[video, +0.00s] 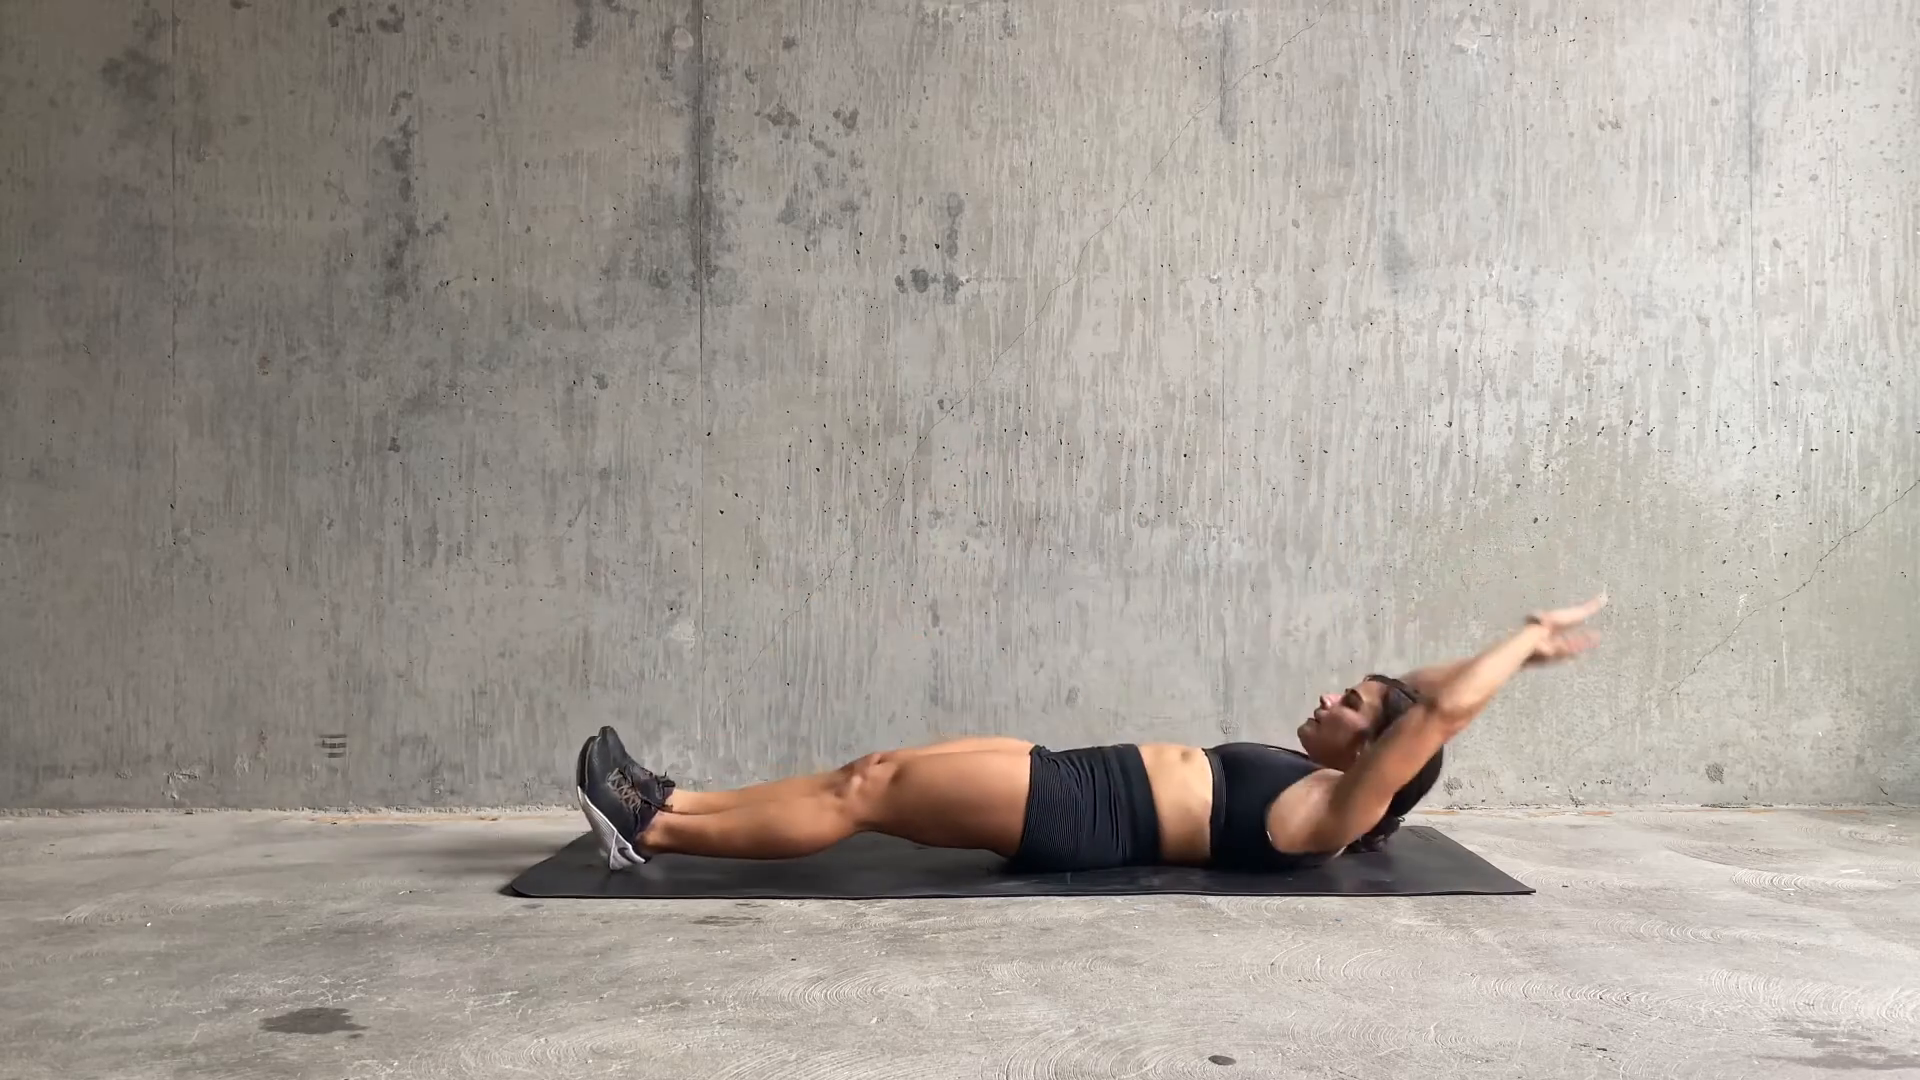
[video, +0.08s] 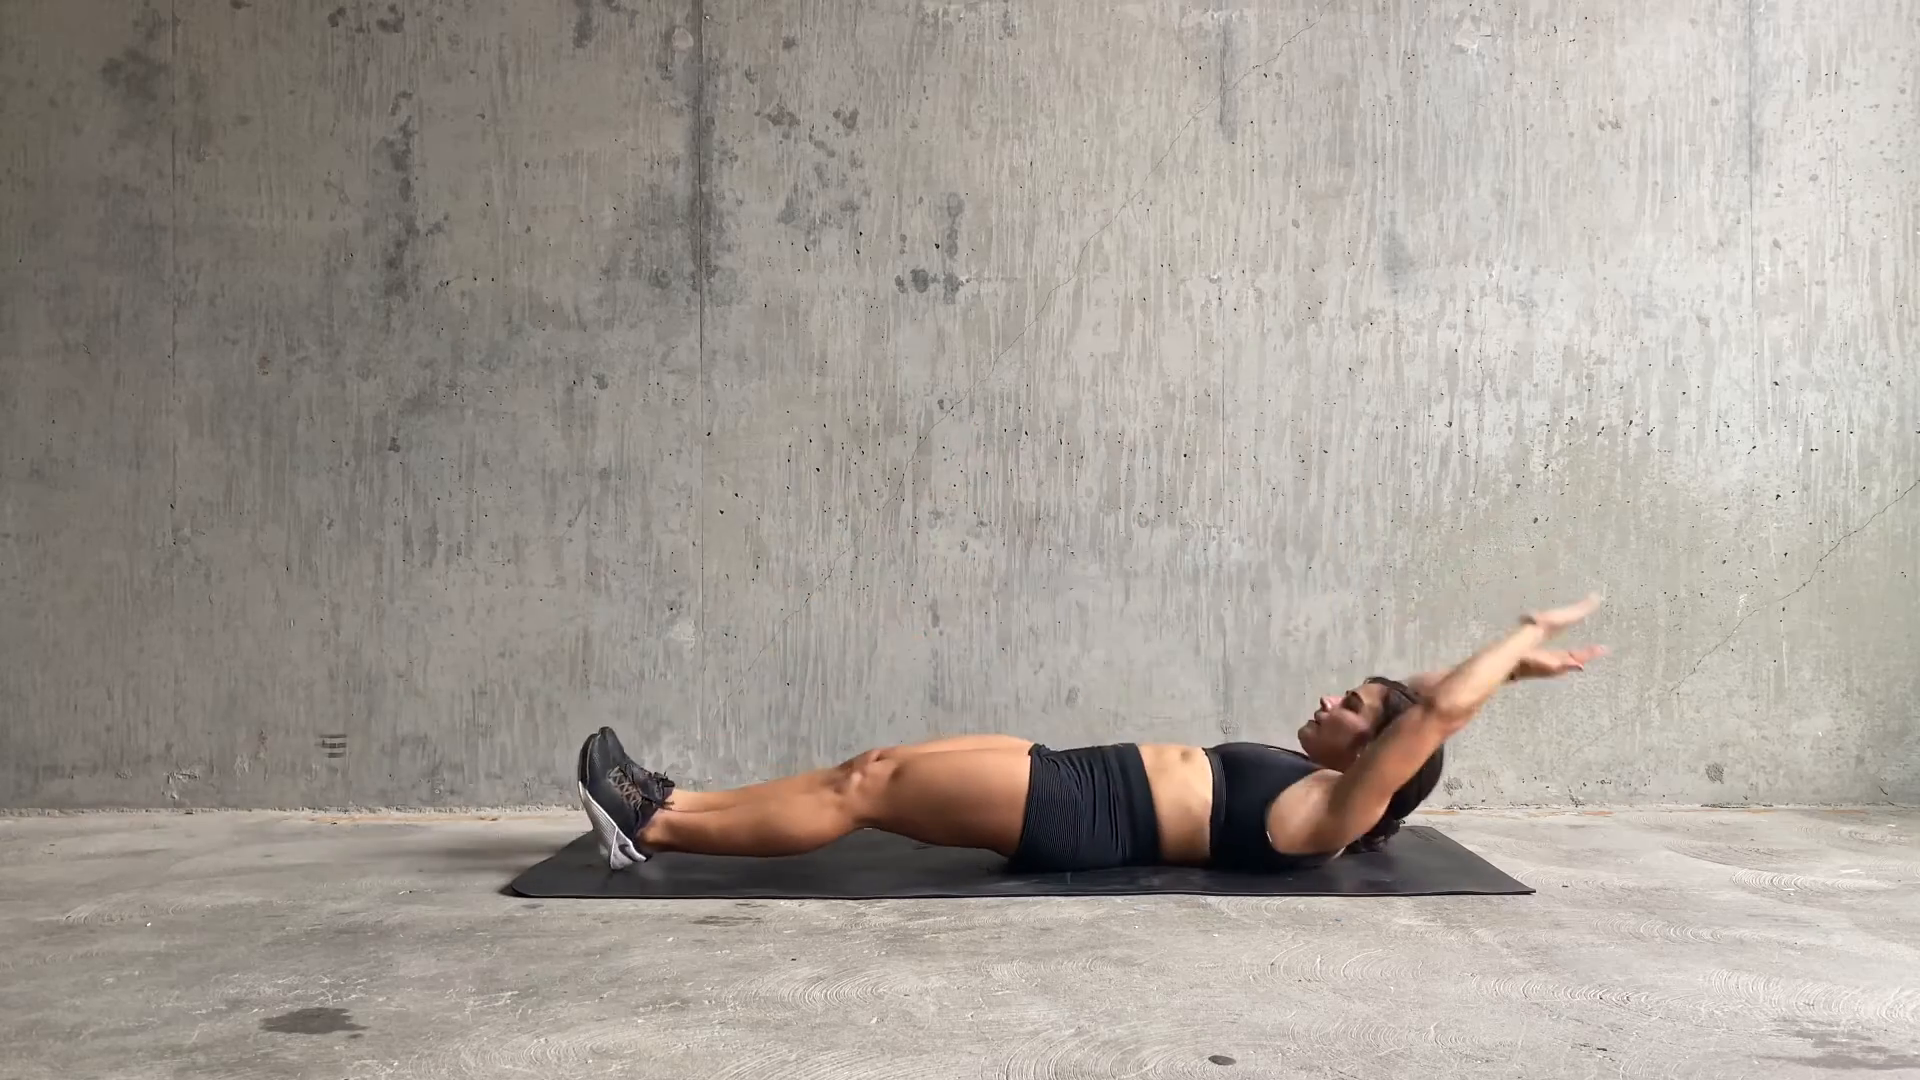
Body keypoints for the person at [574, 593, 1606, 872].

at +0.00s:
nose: (1336, 698)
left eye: (1356, 702)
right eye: (1350, 691)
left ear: (1373, 750)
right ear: (1344, 728)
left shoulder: (1322, 814)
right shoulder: (1308, 784)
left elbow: (1435, 714)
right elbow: (1428, 712)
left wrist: (1531, 646)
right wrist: (1517, 649)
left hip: (1087, 806)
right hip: (1086, 782)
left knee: (870, 789)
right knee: (871, 776)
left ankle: (652, 842)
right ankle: (666, 809)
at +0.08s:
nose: (1340, 697)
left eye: (1361, 702)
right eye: (1356, 691)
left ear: (1374, 753)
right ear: (1357, 736)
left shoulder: (1323, 813)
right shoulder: (1312, 783)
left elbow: (1435, 713)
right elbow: (1426, 714)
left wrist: (1526, 647)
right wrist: (1512, 655)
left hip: (1085, 806)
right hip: (1087, 782)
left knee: (869, 786)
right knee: (870, 772)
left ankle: (653, 839)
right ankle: (665, 814)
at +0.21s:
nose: (1337, 698)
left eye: (1353, 700)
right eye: (1342, 692)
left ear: (1371, 743)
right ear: (1364, 744)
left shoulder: (1328, 807)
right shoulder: (1306, 779)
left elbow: (1351, 671)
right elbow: (1320, 655)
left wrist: (1397, 555)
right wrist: (1391, 564)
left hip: (1083, 808)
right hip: (1085, 786)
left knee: (875, 775)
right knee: (878, 771)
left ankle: (663, 812)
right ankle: (674, 807)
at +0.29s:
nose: (1297, 699)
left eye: (1316, 694)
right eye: (1308, 688)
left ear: (1353, 727)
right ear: (1346, 724)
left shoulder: (1316, 785)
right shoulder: (1308, 777)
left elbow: (1238, 659)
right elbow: (1239, 657)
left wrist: (1203, 541)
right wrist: (1205, 557)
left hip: (1087, 810)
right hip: (1087, 798)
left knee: (887, 756)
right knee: (880, 782)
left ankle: (667, 771)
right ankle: (671, 808)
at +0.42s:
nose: (1236, 638)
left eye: (1254, 630)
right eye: (1245, 625)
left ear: (1296, 659)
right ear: (1290, 655)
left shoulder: (1261, 726)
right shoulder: (1248, 705)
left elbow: (1123, 659)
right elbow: (1127, 648)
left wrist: (1013, 581)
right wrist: (1031, 559)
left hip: (1076, 811)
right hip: (1067, 801)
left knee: (900, 686)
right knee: (860, 774)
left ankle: (701, 611)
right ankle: (658, 809)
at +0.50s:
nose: (1195, 581)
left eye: (1212, 576)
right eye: (1204, 570)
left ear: (1249, 611)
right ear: (1237, 608)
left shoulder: (1228, 685)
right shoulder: (1199, 655)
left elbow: (1090, 644)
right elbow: (1081, 608)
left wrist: (966, 581)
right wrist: (973, 528)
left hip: (1070, 818)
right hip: (1051, 796)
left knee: (938, 648)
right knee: (851, 767)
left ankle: (768, 512)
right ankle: (649, 810)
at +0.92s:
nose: (1211, 586)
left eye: (1229, 582)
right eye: (1223, 575)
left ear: (1268, 618)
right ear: (1267, 618)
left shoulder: (1237, 687)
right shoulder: (1240, 682)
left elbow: (1114, 619)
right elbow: (1115, 614)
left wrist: (1018, 527)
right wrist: (1029, 529)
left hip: (1069, 811)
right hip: (1061, 798)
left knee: (906, 662)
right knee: (852, 772)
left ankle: (721, 565)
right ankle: (651, 808)